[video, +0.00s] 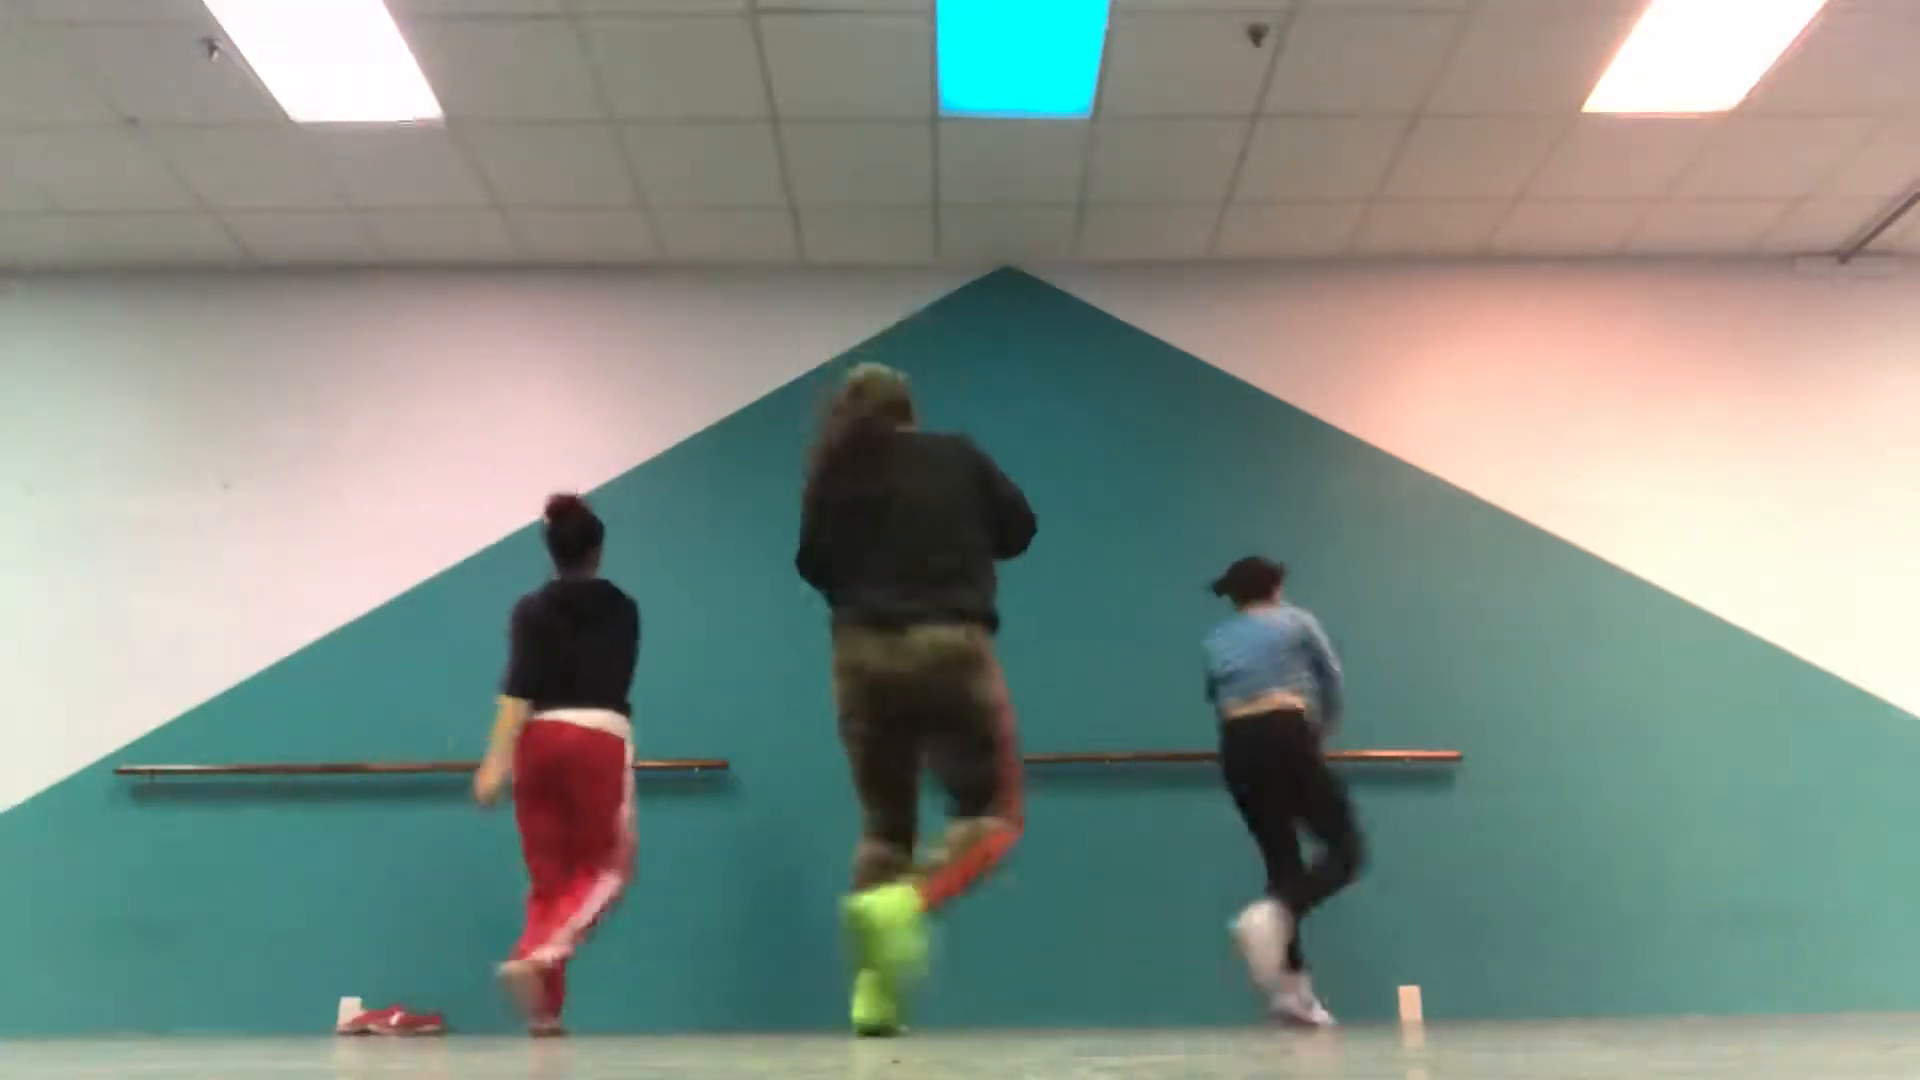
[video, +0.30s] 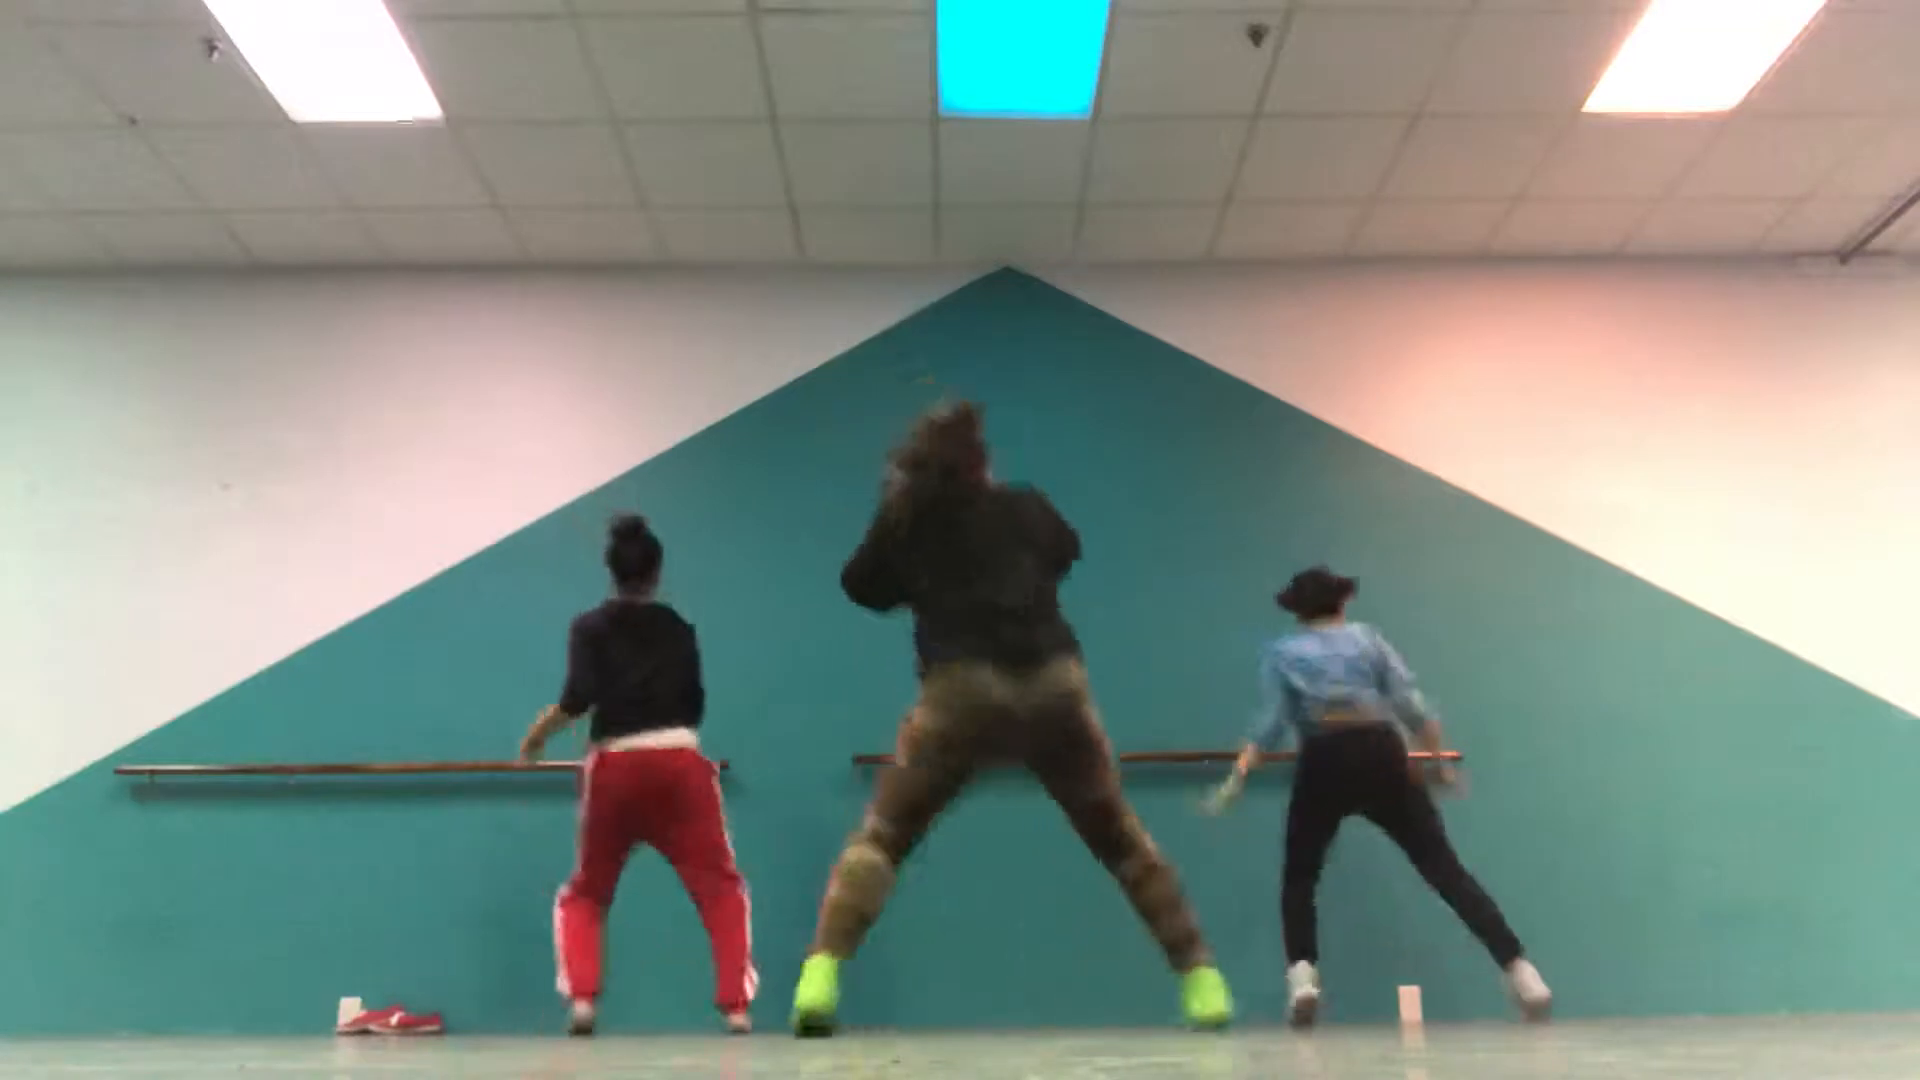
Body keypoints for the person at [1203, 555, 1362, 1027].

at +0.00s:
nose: (1280, 597)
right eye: (1279, 590)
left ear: (1234, 599)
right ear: (1276, 590)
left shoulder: (1217, 637)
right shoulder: (1297, 621)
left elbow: (1214, 695)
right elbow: (1331, 676)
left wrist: (1244, 720)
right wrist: (1323, 727)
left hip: (1238, 742)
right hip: (1289, 734)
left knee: (1280, 862)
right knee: (1346, 849)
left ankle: (1291, 984)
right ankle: (1278, 916)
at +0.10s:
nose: (1299, 607)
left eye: (1291, 602)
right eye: (1298, 601)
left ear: (1253, 608)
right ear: (1295, 602)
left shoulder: (1234, 658)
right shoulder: (1321, 640)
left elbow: (1239, 741)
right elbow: (1354, 706)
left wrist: (1243, 807)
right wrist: (1353, 753)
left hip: (1265, 764)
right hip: (1320, 752)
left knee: (1287, 879)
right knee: (1404, 837)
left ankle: (1287, 990)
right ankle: (1365, 890)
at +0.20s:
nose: (1324, 597)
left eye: (1320, 590)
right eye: (1322, 591)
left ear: (1274, 600)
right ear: (1317, 593)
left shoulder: (1254, 647)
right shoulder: (1348, 630)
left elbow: (1248, 727)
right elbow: (1376, 699)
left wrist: (1232, 785)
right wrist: (1390, 754)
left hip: (1293, 749)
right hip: (1352, 738)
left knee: (1286, 867)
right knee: (1413, 833)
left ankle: (1290, 983)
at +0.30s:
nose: (1348, 611)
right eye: (1347, 605)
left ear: (1297, 611)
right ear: (1341, 606)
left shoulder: (1281, 652)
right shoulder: (1367, 638)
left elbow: (1274, 717)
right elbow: (1410, 700)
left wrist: (1242, 767)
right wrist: (1439, 756)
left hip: (1323, 763)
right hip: (1383, 757)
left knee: (1300, 874)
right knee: (1442, 868)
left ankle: (1302, 975)